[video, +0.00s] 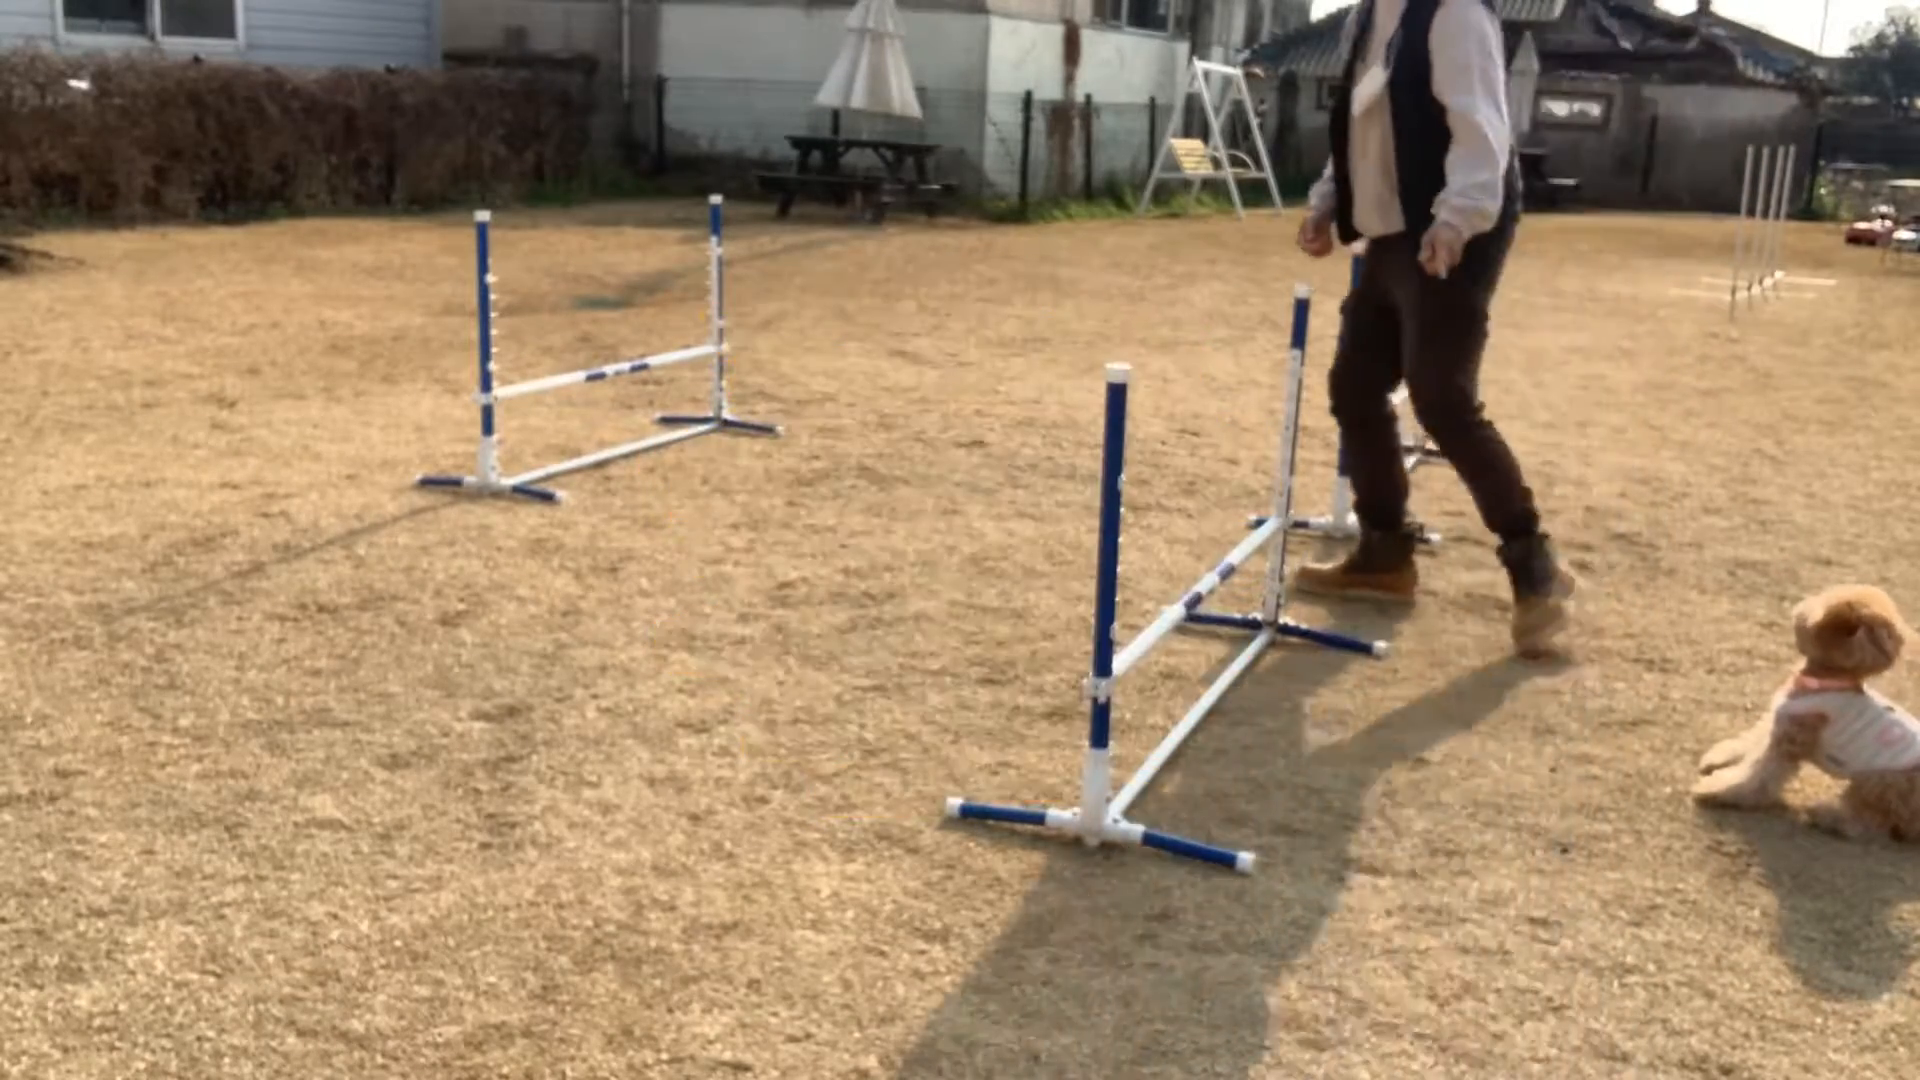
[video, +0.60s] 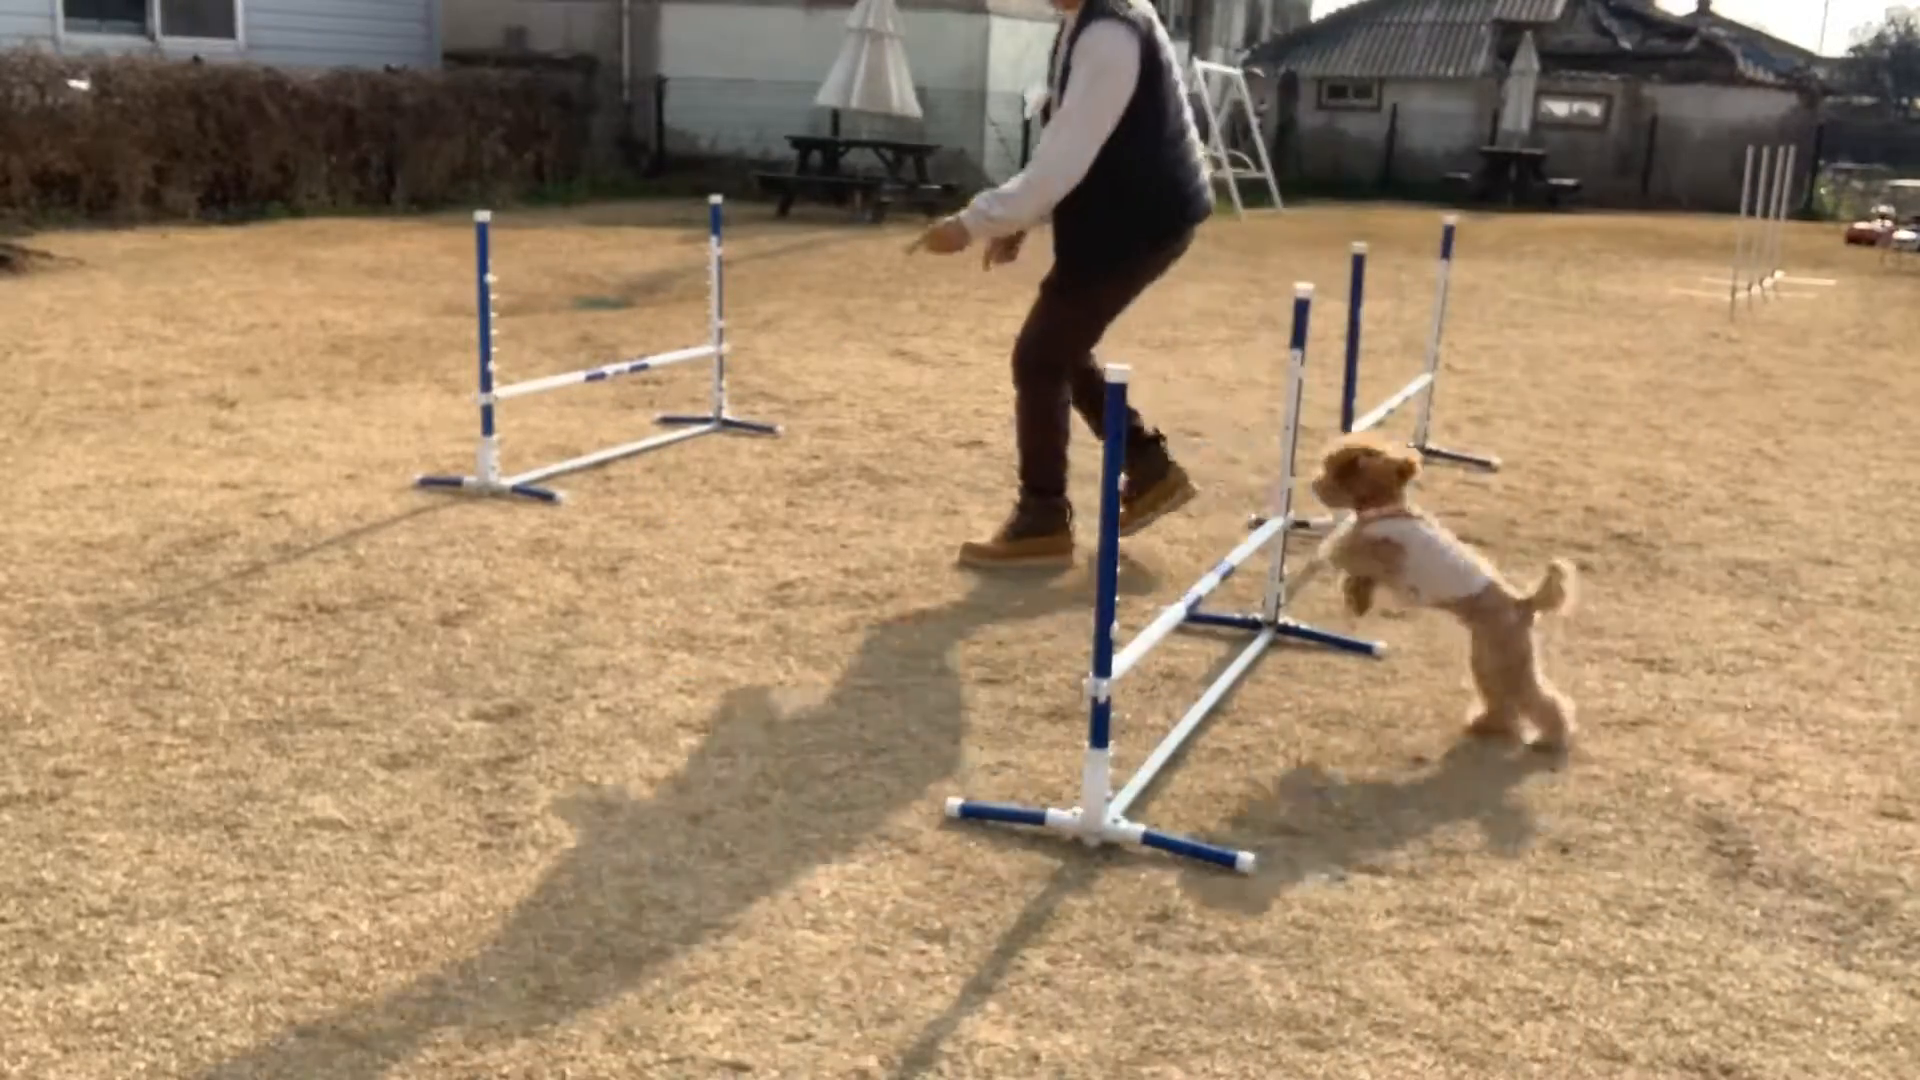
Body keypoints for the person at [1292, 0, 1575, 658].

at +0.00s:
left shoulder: (1459, 14)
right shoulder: (1371, 17)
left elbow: (1483, 129)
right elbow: (1365, 126)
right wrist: (1329, 201)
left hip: (1451, 236)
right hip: (1388, 239)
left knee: (1444, 403)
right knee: (1355, 390)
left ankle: (1535, 576)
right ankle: (1384, 555)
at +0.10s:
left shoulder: (1400, 10)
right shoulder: (1336, 15)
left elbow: (1406, 128)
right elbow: (1323, 128)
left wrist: (1342, 196)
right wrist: (1273, 204)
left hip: (1407, 213)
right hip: (1368, 213)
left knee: (1331, 384)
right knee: (1343, 382)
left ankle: (1412, 542)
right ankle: (1375, 544)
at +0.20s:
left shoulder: (1340, 9)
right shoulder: (1290, 15)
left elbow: (1339, 127)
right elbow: (1273, 134)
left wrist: (1268, 191)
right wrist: (1217, 211)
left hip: (1339, 225)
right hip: (1347, 220)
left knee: (1237, 366)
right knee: (1333, 389)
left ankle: (1227, 541)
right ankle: (1381, 556)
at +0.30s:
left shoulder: (1283, 17)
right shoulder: (1251, 18)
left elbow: (1288, 137)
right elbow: (1225, 135)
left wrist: (1227, 204)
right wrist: (1172, 216)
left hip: (1279, 238)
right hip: (1312, 231)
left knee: (1187, 374)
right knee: (1322, 395)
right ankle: (1377, 548)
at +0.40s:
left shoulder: (1211, 32)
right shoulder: (1178, 30)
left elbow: (1216, 154)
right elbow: (1165, 150)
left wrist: (1157, 227)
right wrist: (1115, 221)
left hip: (1218, 239)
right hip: (1244, 235)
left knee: (1116, 373)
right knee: (1262, 395)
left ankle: (1055, 521)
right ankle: (1363, 531)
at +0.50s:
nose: (1082, 1)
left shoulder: (1146, 41)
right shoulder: (1142, 31)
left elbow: (1130, 169)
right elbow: (1129, 161)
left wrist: (1059, 247)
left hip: (1162, 236)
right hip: (1194, 231)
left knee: (1056, 364)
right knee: (1150, 389)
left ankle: (1044, 524)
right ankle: (1274, 478)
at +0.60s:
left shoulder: (1110, 35)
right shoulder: (1089, 27)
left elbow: (1066, 156)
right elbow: (1070, 146)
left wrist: (971, 221)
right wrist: (1019, 223)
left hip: (1136, 225)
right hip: (1133, 219)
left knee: (1038, 358)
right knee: (1063, 349)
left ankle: (1042, 520)